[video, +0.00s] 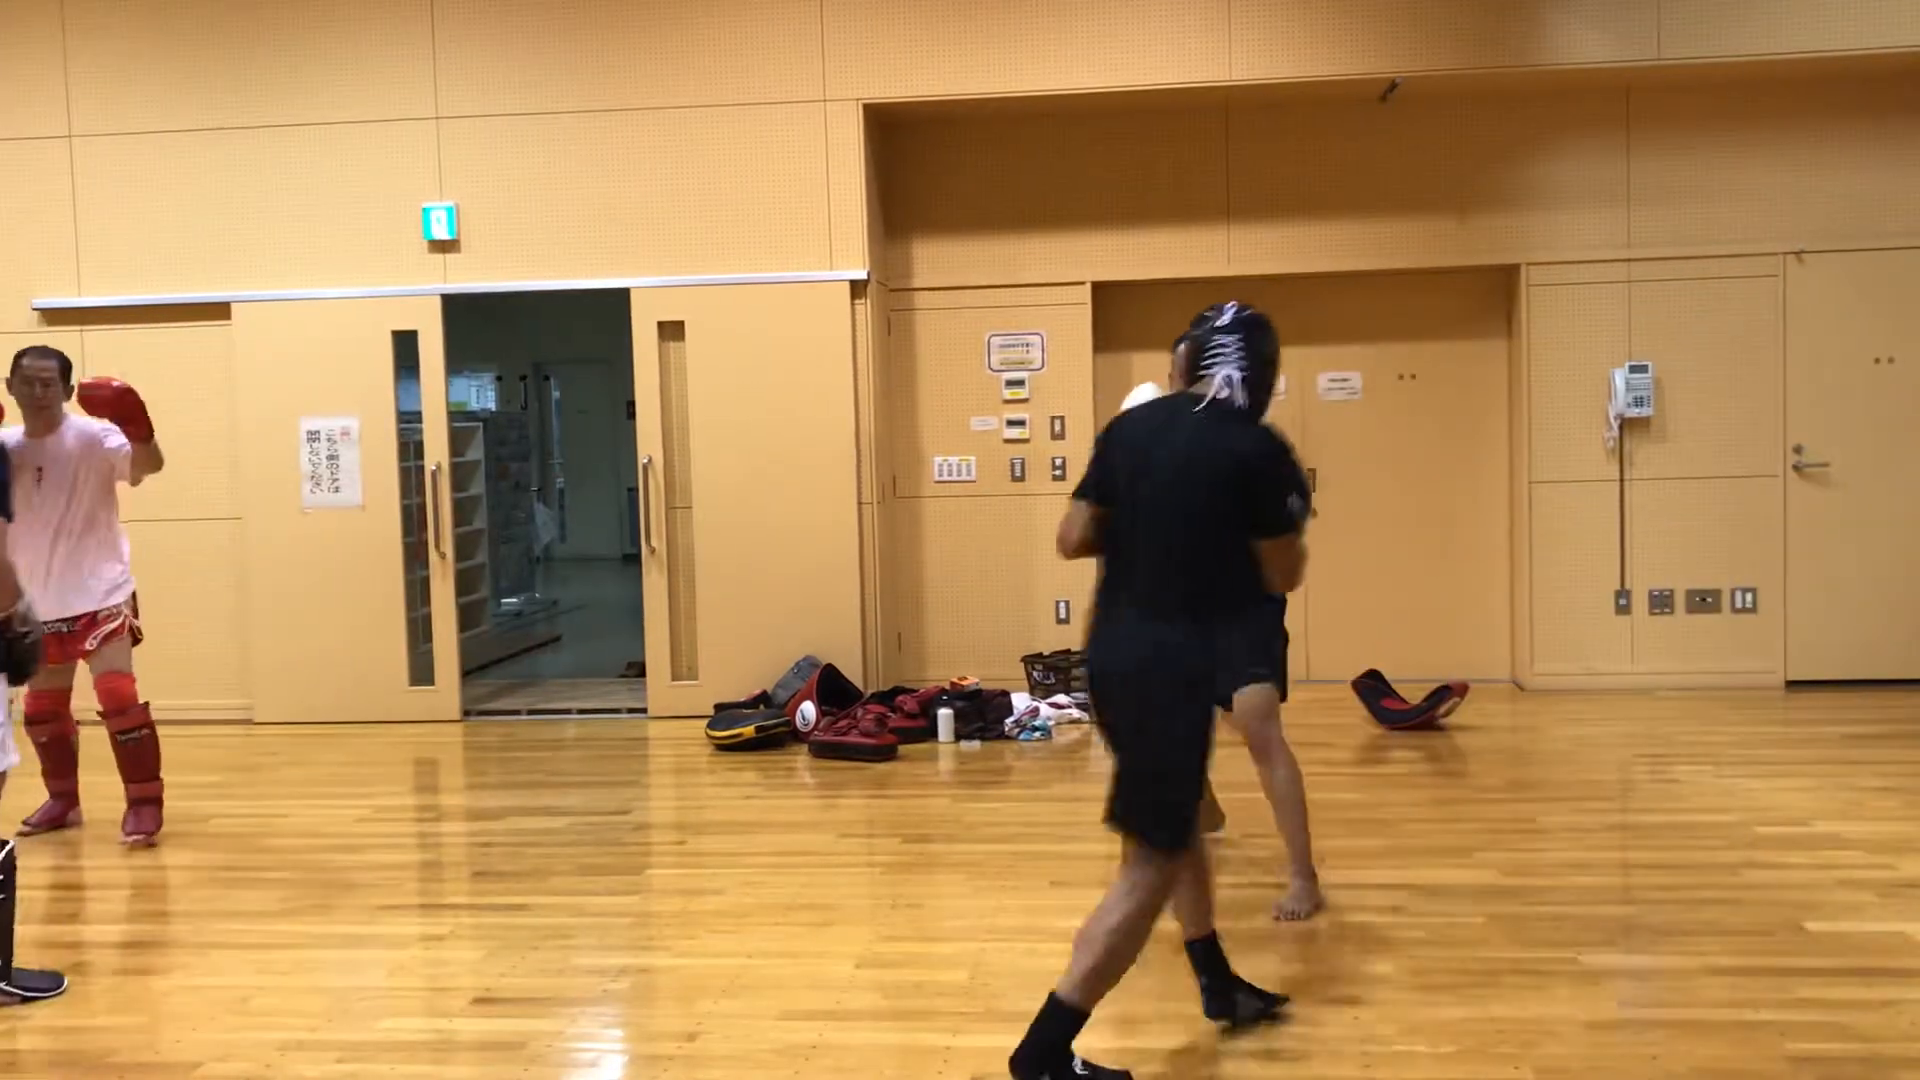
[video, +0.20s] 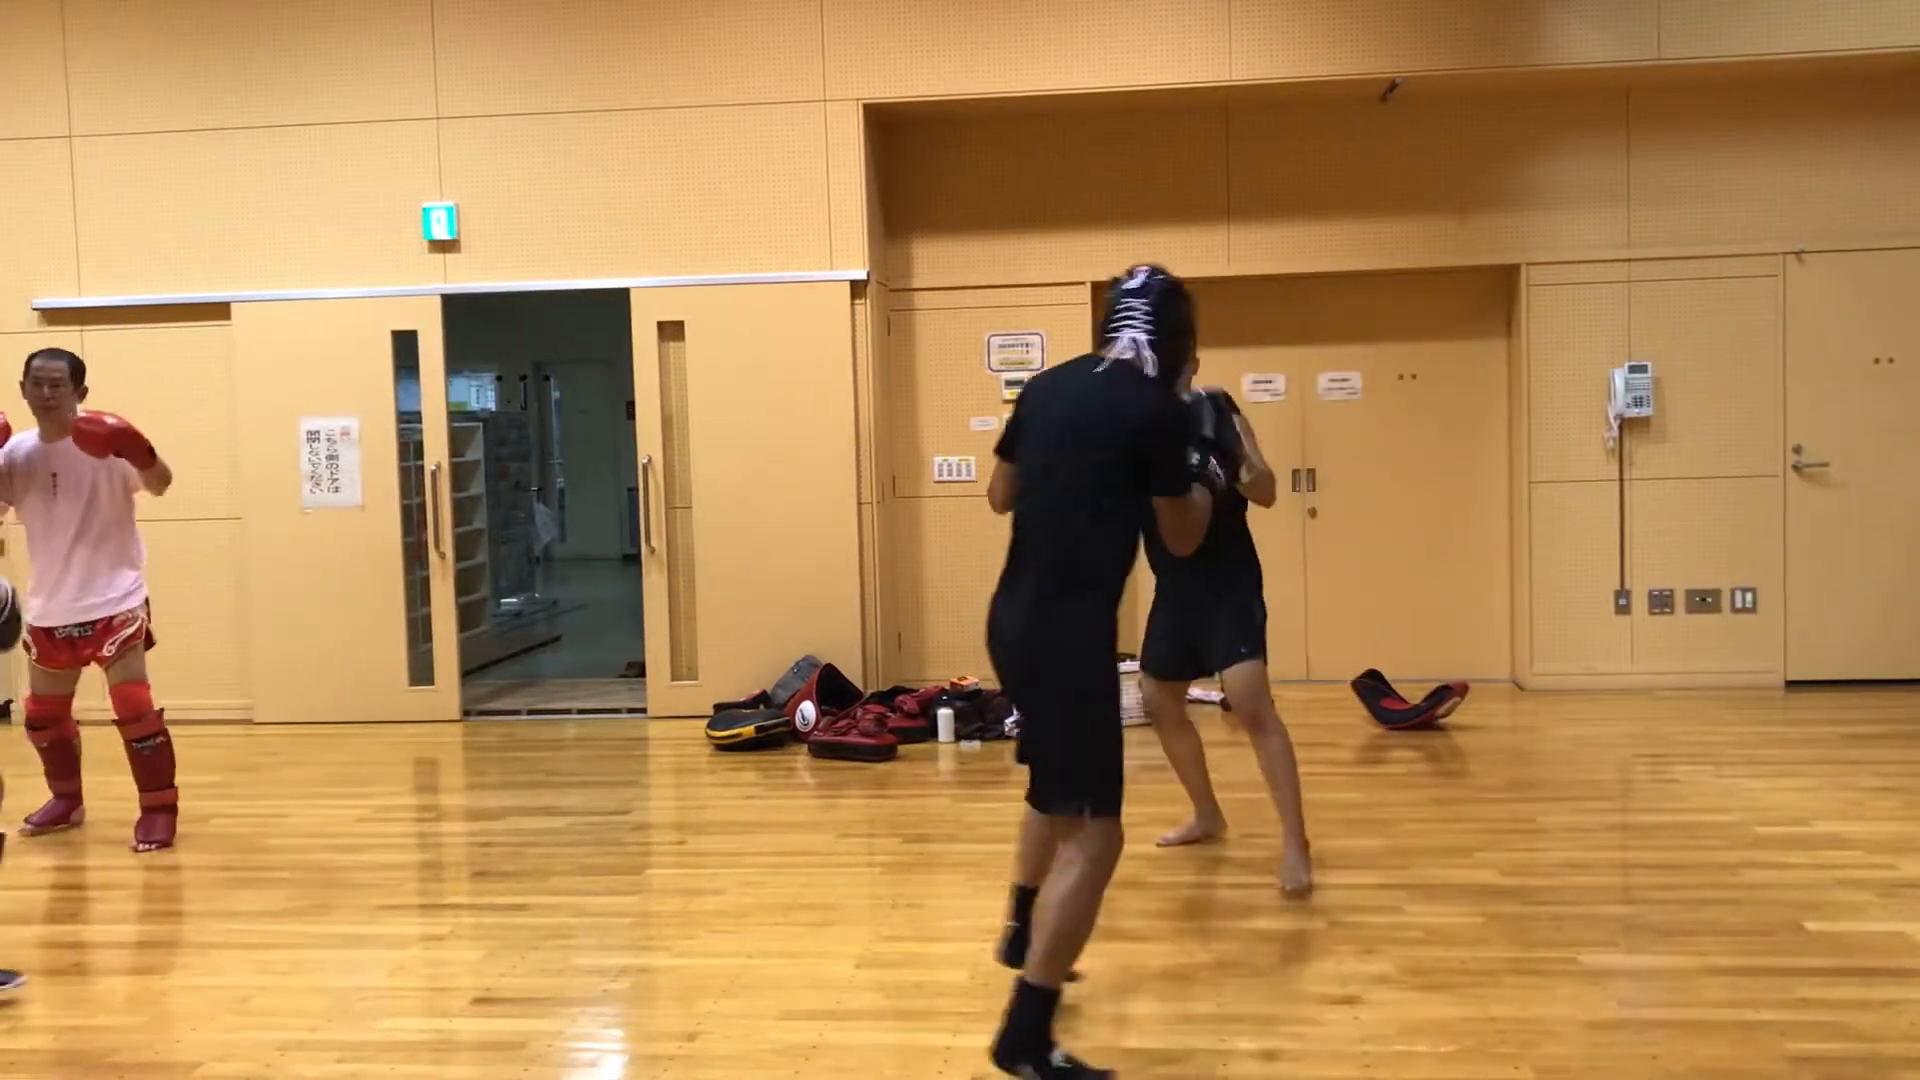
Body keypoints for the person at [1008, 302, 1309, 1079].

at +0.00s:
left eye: (1175, 354)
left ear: (1187, 363)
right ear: (1262, 374)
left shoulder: (1130, 429)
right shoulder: (1256, 449)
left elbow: (1073, 537)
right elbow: (1284, 573)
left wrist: (1153, 520)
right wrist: (1274, 508)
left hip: (1113, 658)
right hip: (1180, 667)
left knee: (1182, 829)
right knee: (1145, 875)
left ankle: (1218, 985)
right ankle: (1043, 1050)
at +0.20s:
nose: (1193, 356)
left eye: (1185, 342)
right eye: (1192, 343)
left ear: (1107, 329)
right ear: (1180, 342)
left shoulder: (1048, 385)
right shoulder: (1158, 410)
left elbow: (1000, 494)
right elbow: (1183, 537)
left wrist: (1068, 450)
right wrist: (1205, 461)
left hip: (1015, 625)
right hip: (1071, 637)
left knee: (1055, 790)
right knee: (1094, 838)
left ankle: (1021, 927)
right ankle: (1024, 1036)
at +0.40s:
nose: (1118, 380)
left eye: (1109, 366)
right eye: (1114, 367)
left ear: (1033, 364)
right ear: (1101, 369)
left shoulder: (988, 428)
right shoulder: (1085, 438)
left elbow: (1047, 516)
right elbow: (1143, 549)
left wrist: (1112, 450)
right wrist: (1166, 475)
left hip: (975, 655)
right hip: (1035, 668)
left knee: (977, 794)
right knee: (1061, 864)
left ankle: (920, 932)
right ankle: (993, 1061)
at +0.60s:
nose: (1048, 385)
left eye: (1045, 375)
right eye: (1046, 373)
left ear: (971, 362)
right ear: (1029, 371)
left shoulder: (926, 424)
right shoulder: (1004, 434)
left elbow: (1002, 500)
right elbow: (1086, 527)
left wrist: (1061, 459)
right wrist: (1115, 463)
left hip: (916, 651)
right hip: (966, 657)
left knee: (928, 802)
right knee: (1008, 838)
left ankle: (893, 961)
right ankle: (977, 1042)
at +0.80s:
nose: (1005, 382)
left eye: (1005, 369)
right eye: (1001, 368)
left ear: (931, 359)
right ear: (978, 367)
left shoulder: (879, 422)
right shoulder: (962, 428)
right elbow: (1028, 524)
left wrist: (1021, 445)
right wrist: (1052, 446)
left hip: (873, 638)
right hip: (924, 646)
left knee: (904, 790)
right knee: (953, 827)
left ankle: (875, 925)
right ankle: (879, 1008)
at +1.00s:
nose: (973, 399)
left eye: (972, 390)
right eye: (971, 387)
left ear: (902, 373)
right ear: (953, 383)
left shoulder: (860, 433)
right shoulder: (921, 439)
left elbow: (901, 515)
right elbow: (947, 556)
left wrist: (970, 451)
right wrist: (997, 519)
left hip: (852, 649)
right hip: (899, 656)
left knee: (871, 773)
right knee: (940, 826)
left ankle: (846, 908)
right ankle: (878, 1008)